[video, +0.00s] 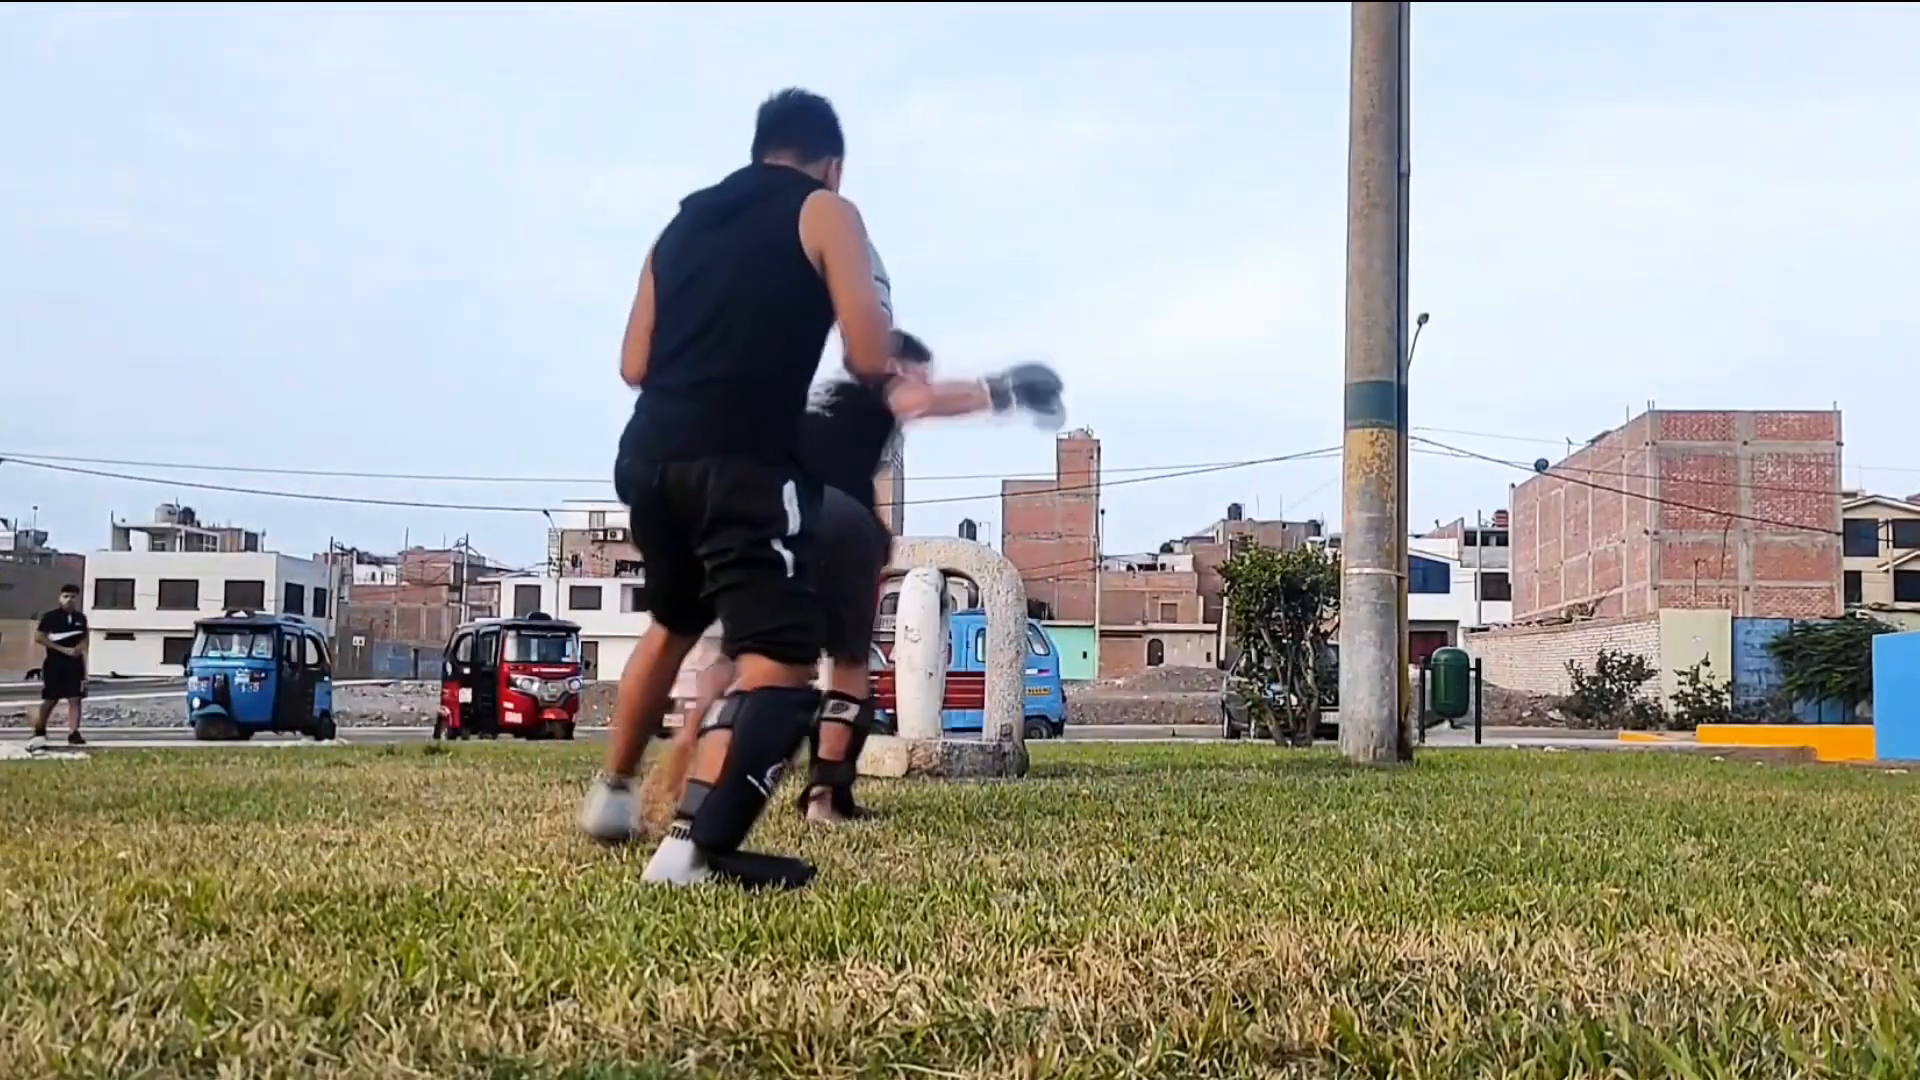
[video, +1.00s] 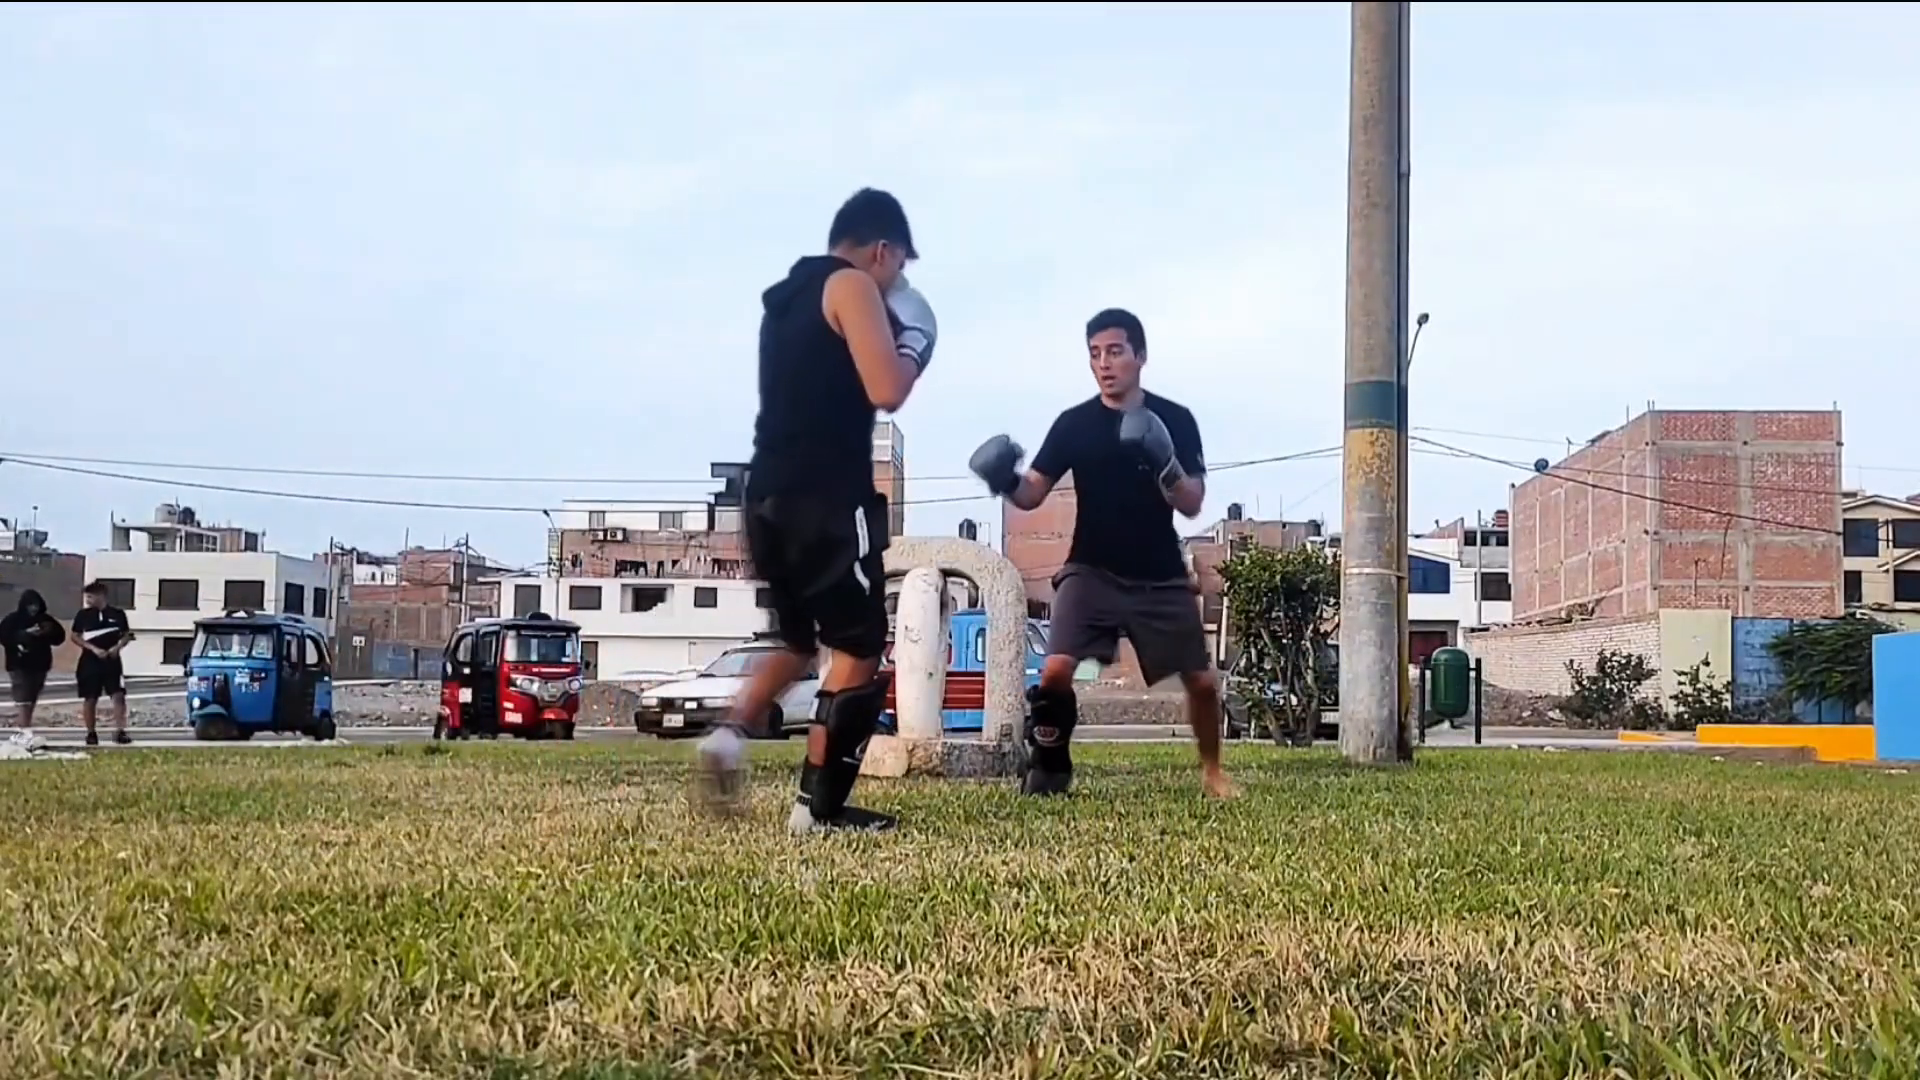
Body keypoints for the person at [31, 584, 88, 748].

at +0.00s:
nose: (68, 600)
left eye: (72, 597)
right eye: (65, 596)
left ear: (76, 599)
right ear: (60, 598)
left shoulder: (81, 619)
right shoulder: (50, 616)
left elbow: (85, 639)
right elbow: (39, 637)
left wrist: (79, 648)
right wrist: (64, 649)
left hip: (74, 664)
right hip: (54, 665)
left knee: (75, 699)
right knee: (50, 699)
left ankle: (74, 732)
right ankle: (40, 729)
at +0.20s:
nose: (74, 599)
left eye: (78, 596)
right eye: (71, 596)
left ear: (85, 597)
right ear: (67, 597)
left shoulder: (92, 617)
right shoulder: (60, 614)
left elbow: (99, 639)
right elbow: (49, 635)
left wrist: (88, 647)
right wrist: (69, 648)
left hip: (83, 659)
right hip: (65, 659)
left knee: (79, 697)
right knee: (67, 696)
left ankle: (75, 730)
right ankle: (58, 723)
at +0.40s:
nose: (73, 601)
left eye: (77, 597)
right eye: (72, 598)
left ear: (88, 598)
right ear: (70, 599)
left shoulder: (100, 617)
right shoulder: (66, 615)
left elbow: (109, 638)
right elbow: (55, 636)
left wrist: (97, 645)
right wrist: (74, 650)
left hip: (90, 659)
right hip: (72, 659)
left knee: (85, 697)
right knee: (77, 696)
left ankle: (82, 730)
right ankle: (76, 731)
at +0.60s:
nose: (75, 601)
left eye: (78, 597)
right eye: (74, 598)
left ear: (90, 597)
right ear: (74, 599)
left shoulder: (105, 615)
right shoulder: (71, 616)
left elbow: (116, 636)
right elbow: (63, 638)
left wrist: (104, 645)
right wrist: (81, 650)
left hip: (99, 658)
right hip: (80, 658)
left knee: (93, 695)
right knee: (86, 695)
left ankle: (79, 725)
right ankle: (89, 730)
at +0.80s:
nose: (80, 600)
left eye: (82, 596)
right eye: (78, 597)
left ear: (93, 594)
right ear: (79, 598)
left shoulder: (111, 613)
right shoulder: (77, 614)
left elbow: (122, 634)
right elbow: (69, 636)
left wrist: (111, 642)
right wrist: (90, 647)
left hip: (105, 658)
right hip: (85, 659)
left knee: (113, 695)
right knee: (88, 697)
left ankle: (97, 722)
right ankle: (91, 732)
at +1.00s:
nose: (87, 600)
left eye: (90, 596)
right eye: (86, 596)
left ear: (101, 596)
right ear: (87, 597)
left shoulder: (118, 614)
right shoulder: (83, 615)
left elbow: (127, 635)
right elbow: (75, 636)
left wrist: (117, 647)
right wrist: (93, 649)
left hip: (111, 660)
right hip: (90, 661)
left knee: (118, 695)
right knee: (90, 698)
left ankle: (120, 731)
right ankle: (91, 732)